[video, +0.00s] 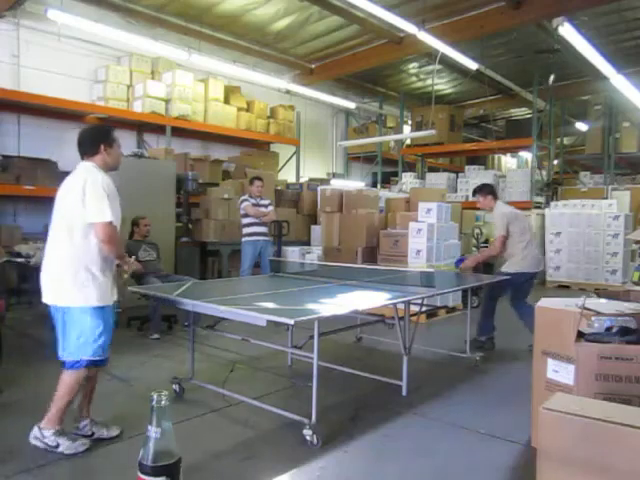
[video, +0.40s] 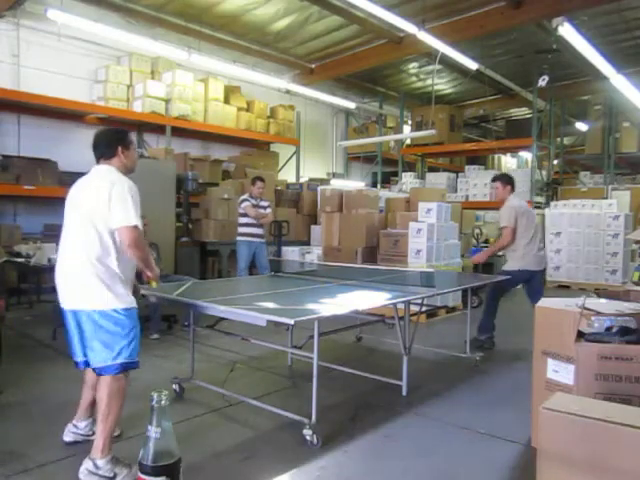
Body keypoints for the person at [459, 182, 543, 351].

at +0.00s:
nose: (479, 205)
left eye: (480, 200)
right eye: (478, 201)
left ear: (489, 197)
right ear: (492, 198)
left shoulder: (501, 212)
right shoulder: (510, 210)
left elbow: (497, 248)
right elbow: (502, 247)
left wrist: (474, 260)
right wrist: (481, 255)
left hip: (518, 265)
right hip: (532, 265)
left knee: (490, 295)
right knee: (518, 301)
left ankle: (485, 337)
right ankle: (542, 333)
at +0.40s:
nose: (493, 193)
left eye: (496, 188)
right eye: (493, 188)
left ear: (508, 188)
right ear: (510, 189)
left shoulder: (509, 207)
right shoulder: (525, 206)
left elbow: (507, 238)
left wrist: (485, 254)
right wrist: (493, 249)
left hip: (519, 265)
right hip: (537, 265)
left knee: (494, 293)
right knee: (541, 307)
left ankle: (485, 335)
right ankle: (551, 341)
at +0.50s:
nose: (507, 194)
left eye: (510, 189)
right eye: (507, 189)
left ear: (521, 190)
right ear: (523, 190)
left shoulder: (521, 209)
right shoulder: (537, 208)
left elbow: (519, 239)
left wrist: (499, 254)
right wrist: (506, 250)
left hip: (528, 268)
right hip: (546, 268)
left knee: (500, 295)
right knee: (546, 312)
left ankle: (485, 336)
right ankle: (549, 347)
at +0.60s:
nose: (521, 194)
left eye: (524, 190)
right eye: (521, 190)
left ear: (535, 190)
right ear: (537, 191)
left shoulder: (536, 209)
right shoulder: (550, 209)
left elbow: (536, 240)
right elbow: (547, 240)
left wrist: (516, 255)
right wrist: (527, 247)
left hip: (544, 270)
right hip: (559, 269)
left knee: (516, 302)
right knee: (560, 312)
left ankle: (490, 334)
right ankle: (564, 346)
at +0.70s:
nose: (531, 192)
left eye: (533, 188)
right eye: (530, 188)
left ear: (545, 187)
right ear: (547, 189)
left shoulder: (547, 207)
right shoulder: (560, 207)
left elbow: (549, 237)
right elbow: (557, 239)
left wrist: (531, 254)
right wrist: (535, 253)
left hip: (556, 267)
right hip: (569, 267)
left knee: (529, 299)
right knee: (566, 310)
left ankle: (504, 335)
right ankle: (567, 345)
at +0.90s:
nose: (540, 184)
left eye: (543, 179)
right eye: (539, 180)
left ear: (555, 180)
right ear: (554, 181)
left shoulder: (560, 196)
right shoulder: (566, 195)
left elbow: (560, 228)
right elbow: (561, 227)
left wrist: (537, 234)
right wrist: (539, 233)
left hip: (572, 259)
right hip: (583, 258)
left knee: (550, 303)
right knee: (574, 303)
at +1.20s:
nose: (541, 189)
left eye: (544, 184)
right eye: (540, 185)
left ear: (555, 184)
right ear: (556, 184)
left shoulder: (562, 200)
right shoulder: (566, 198)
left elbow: (570, 232)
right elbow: (568, 233)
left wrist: (553, 255)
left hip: (585, 259)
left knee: (568, 304)